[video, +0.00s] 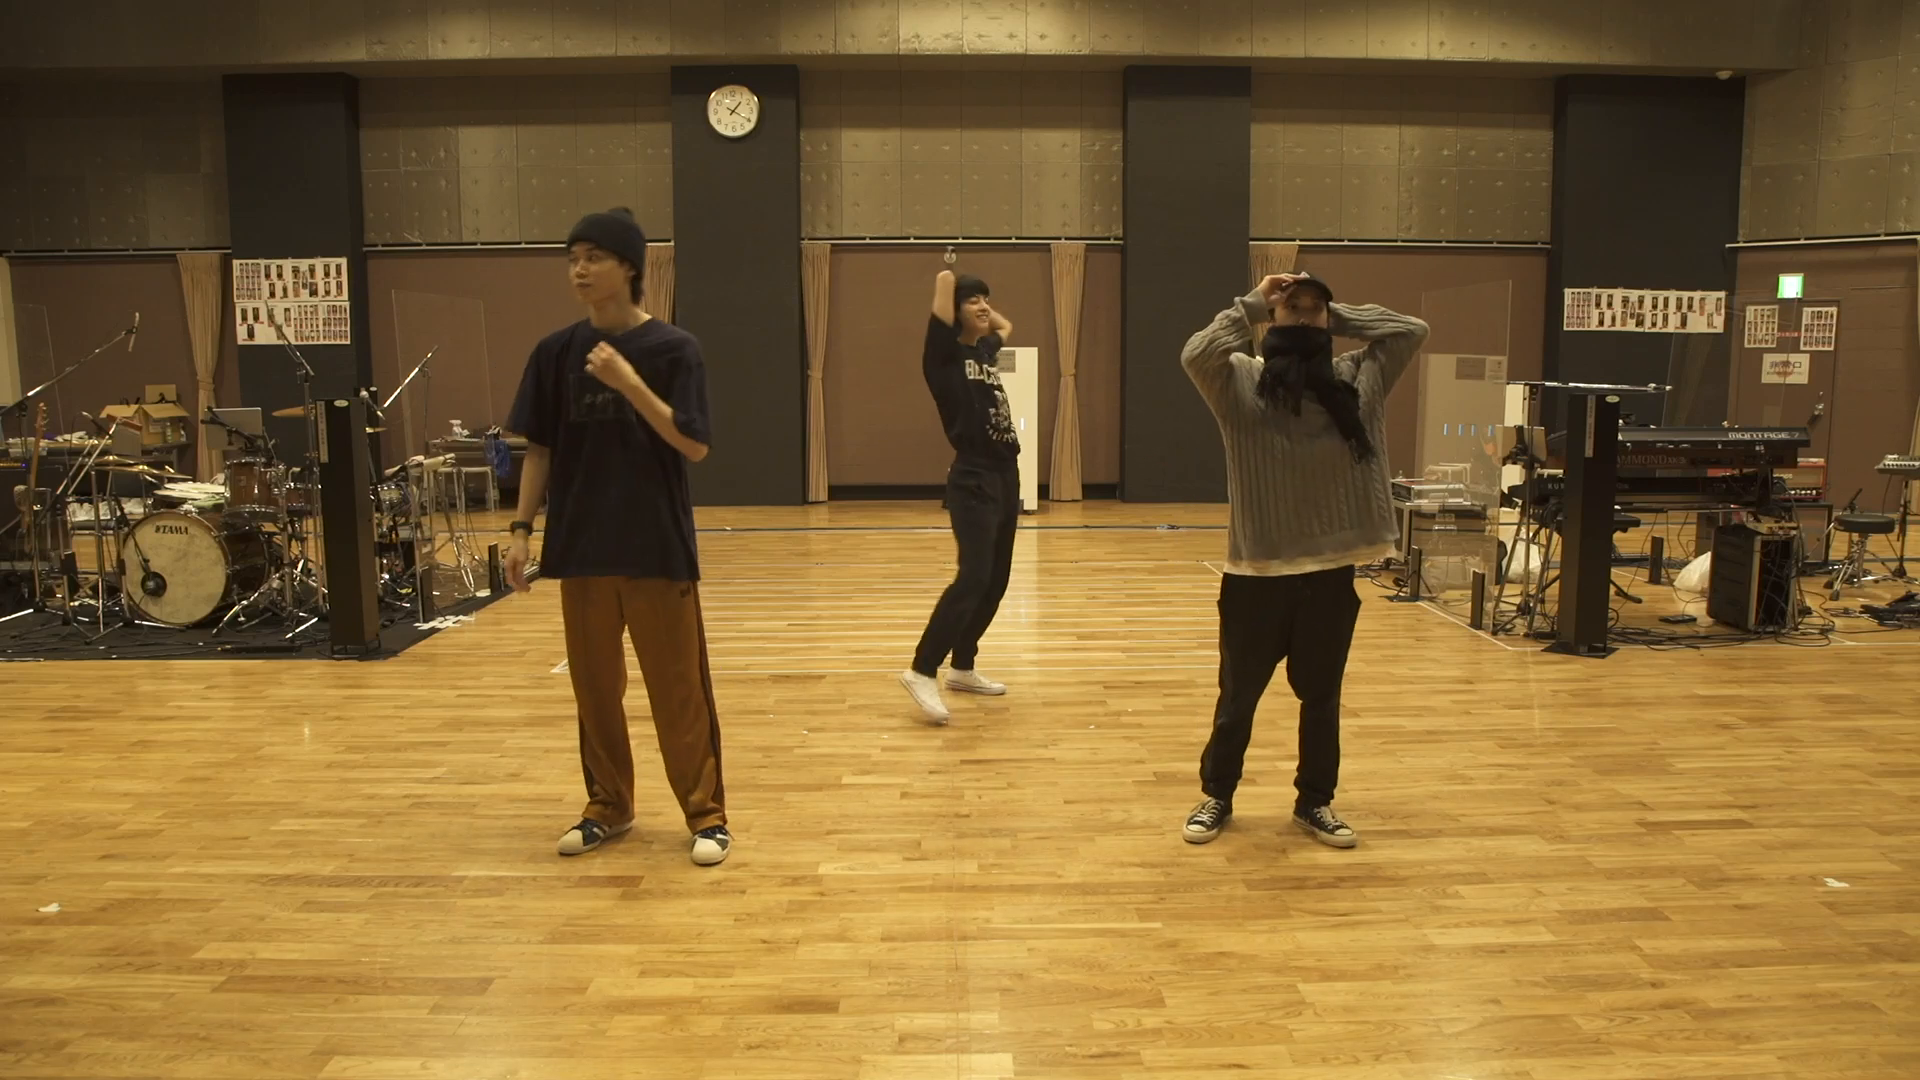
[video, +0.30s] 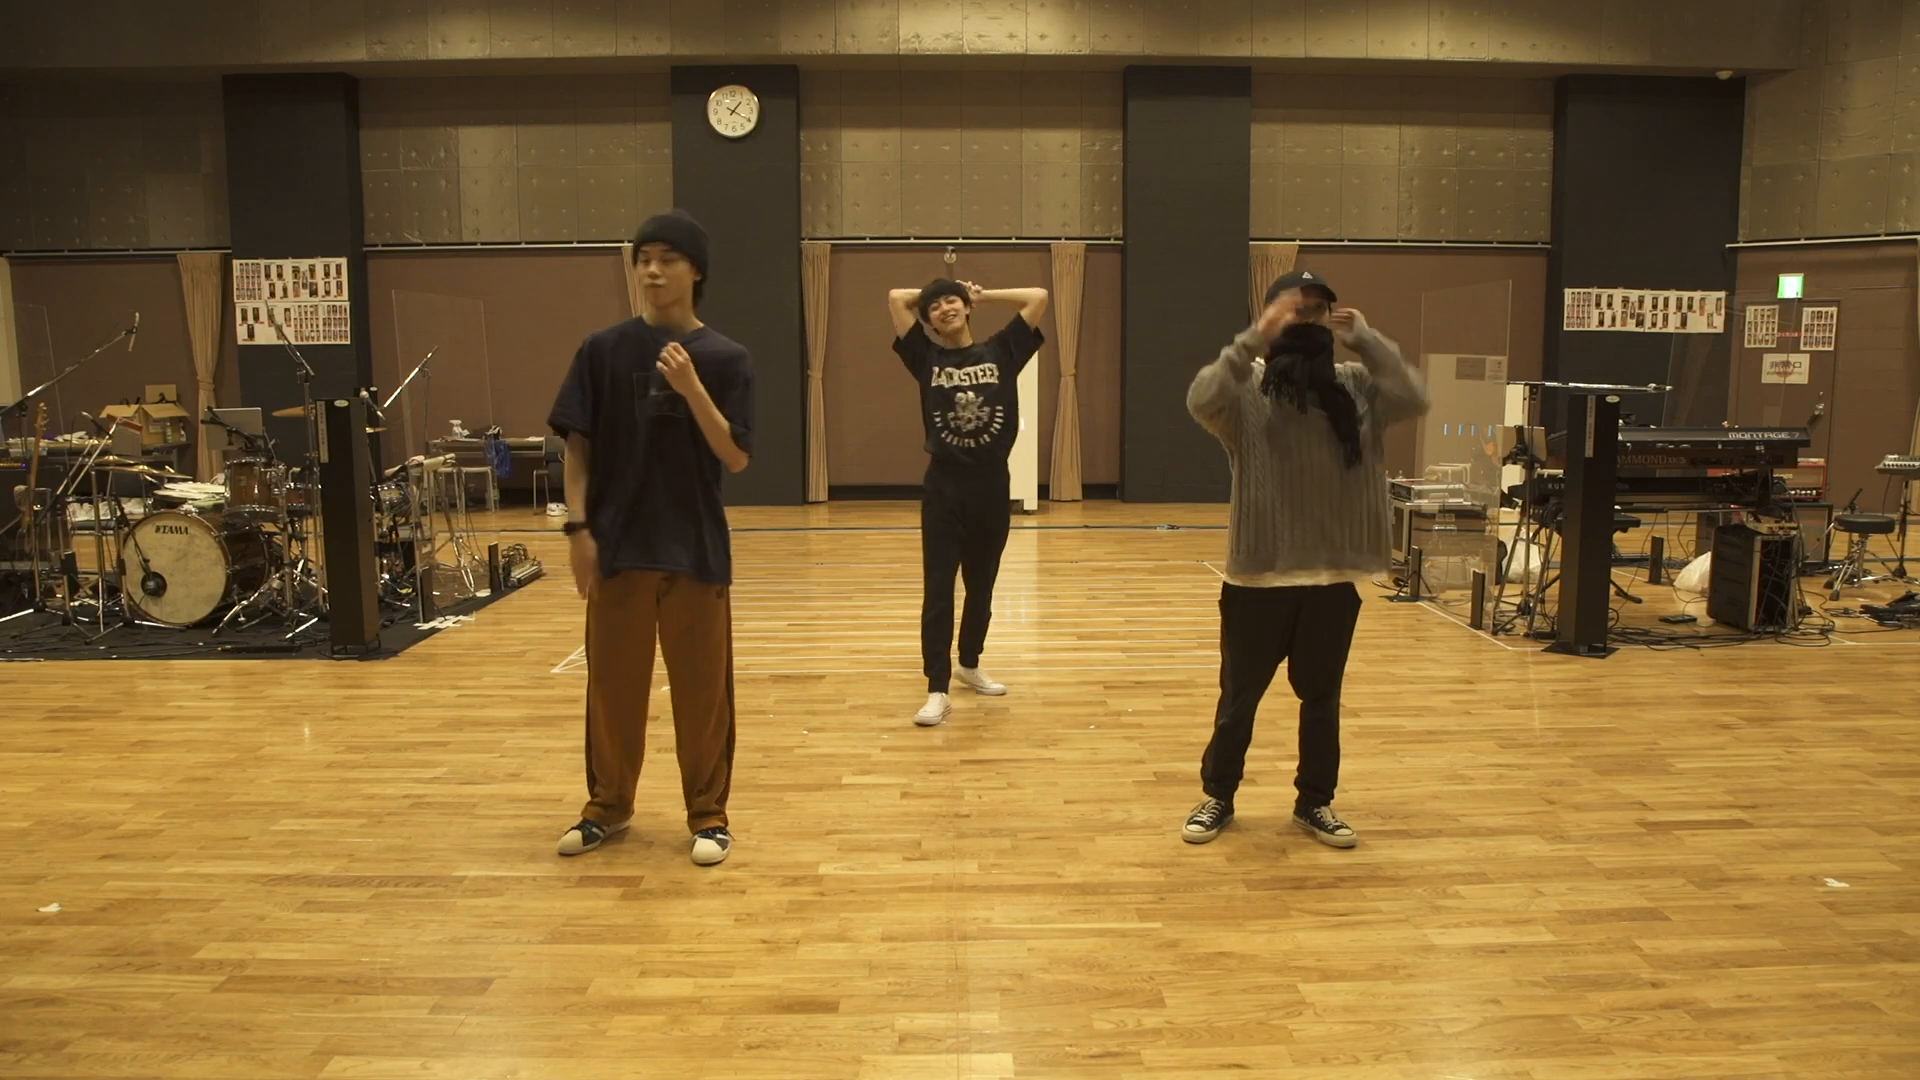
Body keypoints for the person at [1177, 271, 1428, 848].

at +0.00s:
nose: (1297, 319)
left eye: (1310, 310)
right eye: (1288, 310)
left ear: (1329, 326)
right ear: (1267, 326)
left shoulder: (1358, 382)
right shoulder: (1238, 385)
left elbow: (1412, 330)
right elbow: (1196, 356)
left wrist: (1332, 313)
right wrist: (1254, 306)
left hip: (1329, 576)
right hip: (1254, 577)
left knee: (1321, 701)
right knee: (1237, 700)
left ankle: (1315, 804)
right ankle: (1216, 800)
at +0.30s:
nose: (1305, 323)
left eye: (1316, 313)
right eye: (1293, 313)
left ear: (1333, 323)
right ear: (1270, 325)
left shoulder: (1359, 388)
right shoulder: (1246, 392)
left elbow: (1413, 399)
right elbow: (1200, 401)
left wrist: (1363, 335)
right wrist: (1255, 336)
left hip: (1332, 576)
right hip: (1258, 576)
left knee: (1321, 700)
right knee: (1238, 698)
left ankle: (1315, 804)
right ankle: (1218, 800)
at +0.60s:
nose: (1303, 322)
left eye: (1312, 312)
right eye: (1290, 311)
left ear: (1324, 320)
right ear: (1263, 317)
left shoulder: (1347, 386)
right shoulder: (1231, 386)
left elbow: (1382, 462)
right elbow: (1185, 430)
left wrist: (1339, 418)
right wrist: (1244, 376)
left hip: (1320, 574)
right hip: (1244, 572)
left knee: (1317, 698)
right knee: (1232, 696)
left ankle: (1314, 804)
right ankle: (1216, 800)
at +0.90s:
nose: (1281, 314)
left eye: (1292, 305)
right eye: (1270, 306)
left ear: (1308, 315)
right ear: (1250, 316)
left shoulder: (1334, 385)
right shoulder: (1225, 378)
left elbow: (1357, 465)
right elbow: (1203, 432)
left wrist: (1323, 398)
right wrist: (1273, 382)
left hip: (1310, 572)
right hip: (1234, 570)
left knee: (1311, 697)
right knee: (1227, 696)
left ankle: (1314, 803)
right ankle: (1215, 799)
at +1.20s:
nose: (1278, 319)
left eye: (1288, 308)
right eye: (1266, 308)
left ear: (1303, 317)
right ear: (1246, 316)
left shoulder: (1329, 384)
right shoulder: (1221, 379)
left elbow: (1355, 464)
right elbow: (1197, 427)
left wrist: (1314, 413)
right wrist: (1248, 362)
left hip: (1308, 573)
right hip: (1233, 571)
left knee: (1309, 696)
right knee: (1226, 695)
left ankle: (1314, 803)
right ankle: (1215, 800)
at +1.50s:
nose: (1277, 319)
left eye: (1286, 308)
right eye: (1264, 309)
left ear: (1300, 317)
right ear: (1243, 318)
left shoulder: (1328, 383)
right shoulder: (1221, 377)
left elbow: (1363, 462)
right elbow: (1200, 422)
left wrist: (1316, 423)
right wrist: (1250, 360)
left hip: (1307, 571)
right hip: (1232, 570)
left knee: (1309, 696)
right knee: (1226, 696)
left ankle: (1314, 803)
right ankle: (1215, 799)